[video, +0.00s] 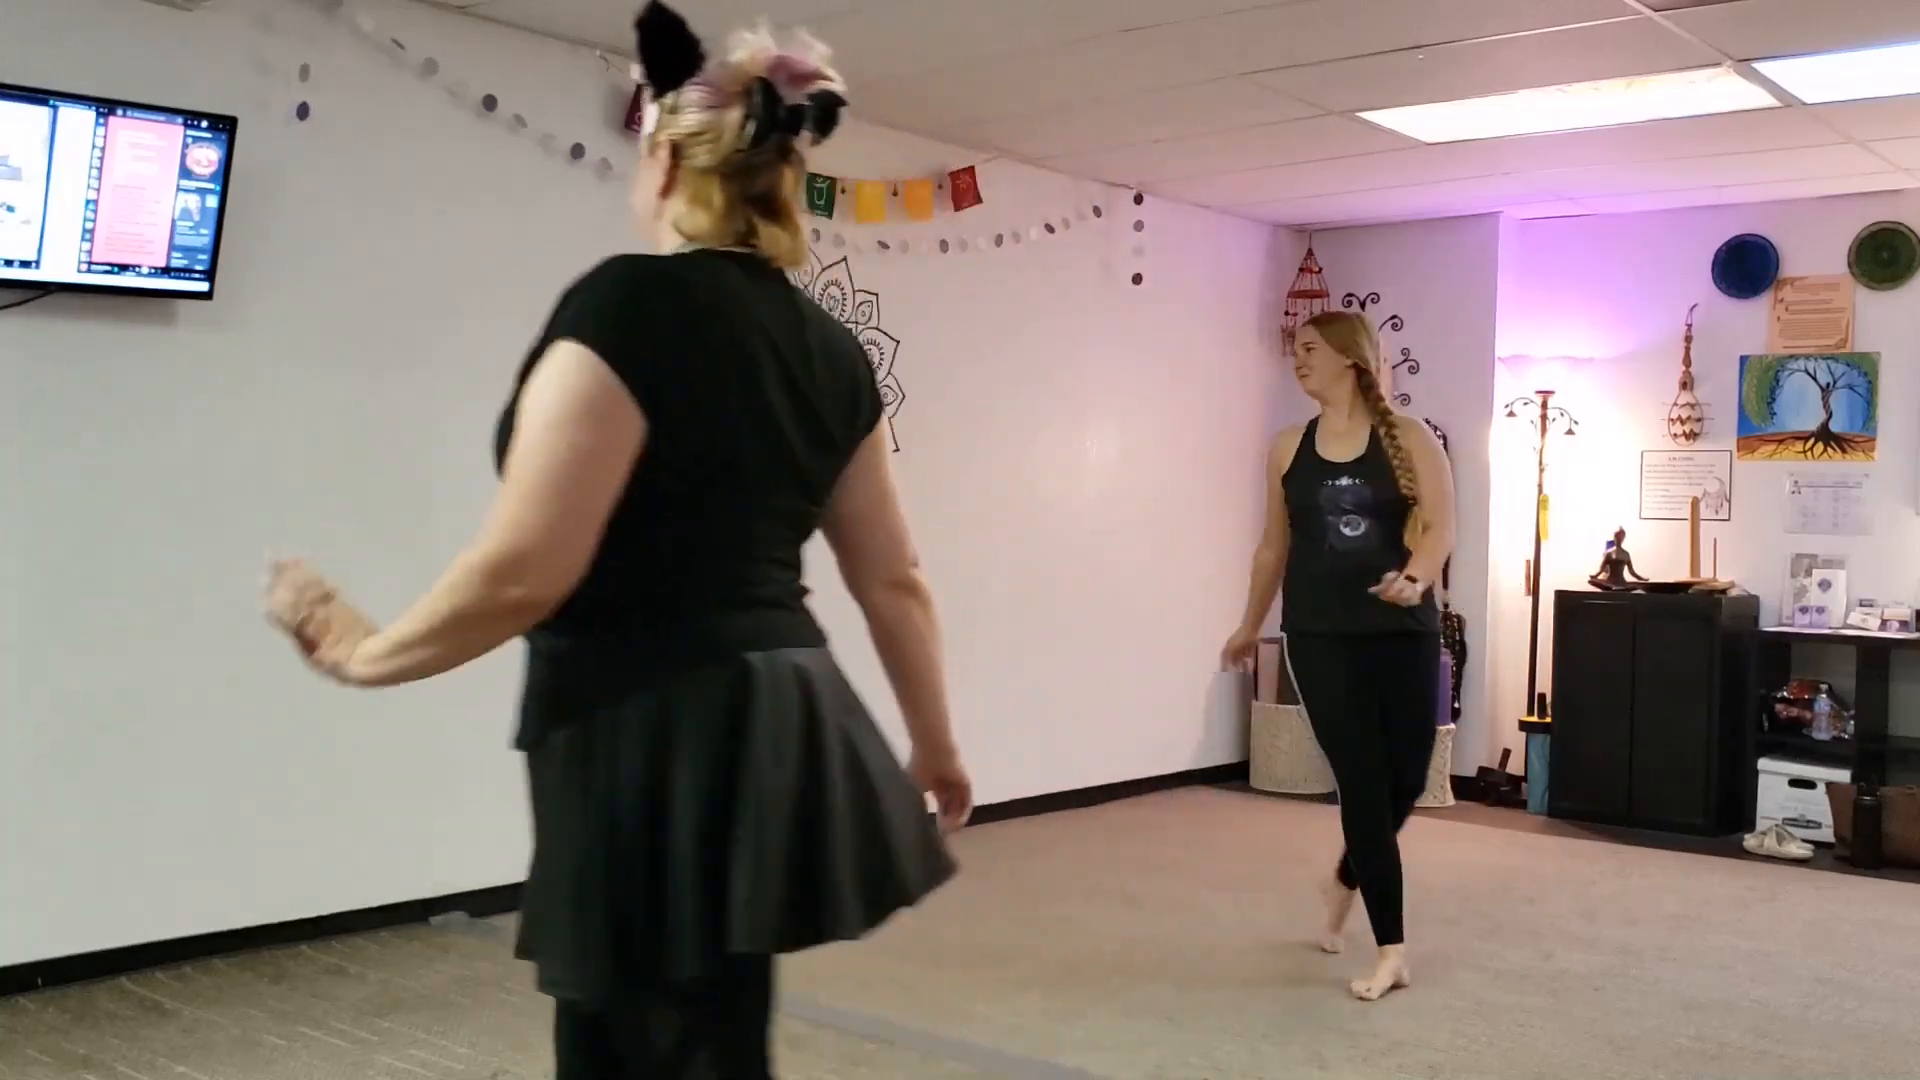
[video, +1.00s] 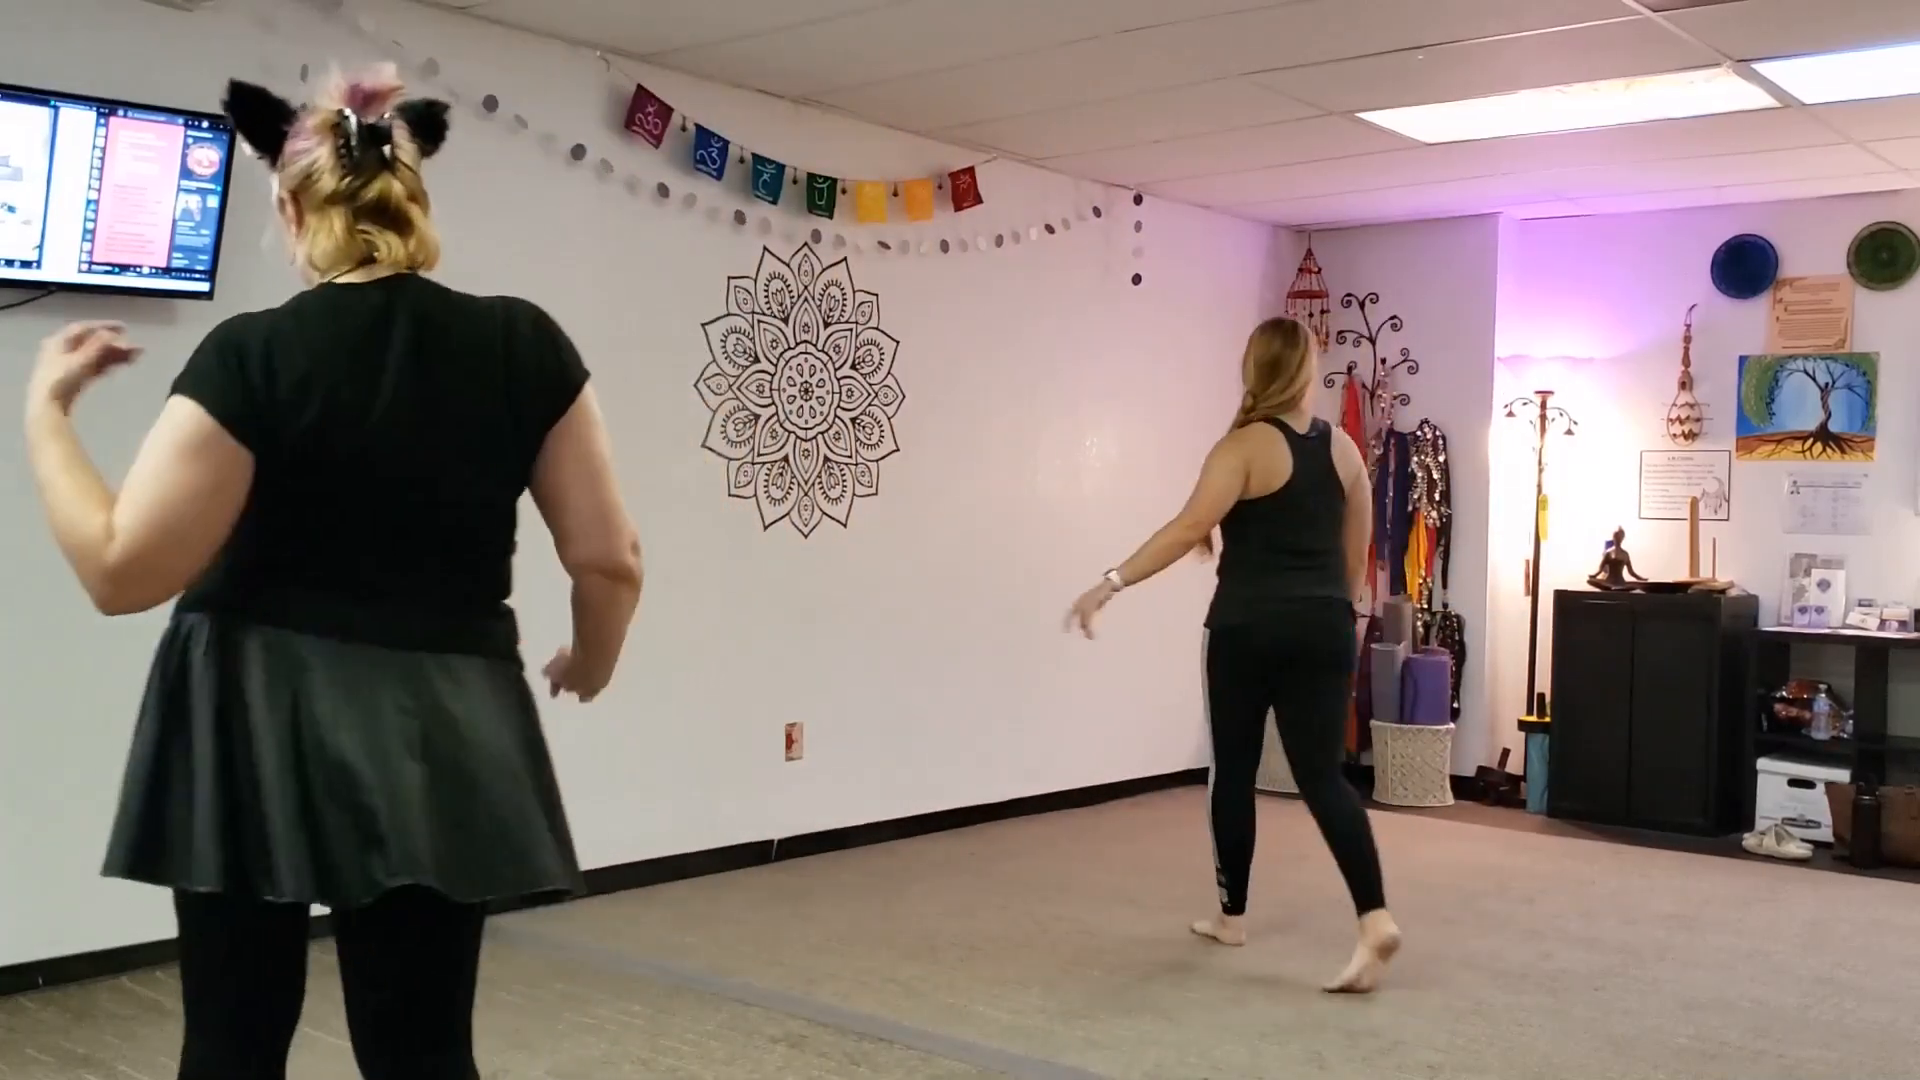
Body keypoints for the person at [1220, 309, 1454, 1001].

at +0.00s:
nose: (1298, 360)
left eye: (1310, 350)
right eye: (1297, 351)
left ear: (1353, 360)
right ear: (1307, 364)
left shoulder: (1407, 436)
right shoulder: (1290, 447)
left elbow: (1440, 525)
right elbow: (1274, 544)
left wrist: (1416, 577)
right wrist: (1249, 626)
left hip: (1402, 632)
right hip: (1320, 636)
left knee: (1405, 782)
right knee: (1362, 784)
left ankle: (1343, 879)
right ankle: (1391, 948)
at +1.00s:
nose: (1320, 373)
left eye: (1316, 361)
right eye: (1317, 364)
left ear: (1254, 372)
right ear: (1307, 374)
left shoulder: (1240, 448)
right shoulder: (1343, 450)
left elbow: (1192, 528)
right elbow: (1356, 547)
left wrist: (1112, 582)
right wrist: (1352, 606)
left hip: (1245, 631)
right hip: (1324, 629)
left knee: (1234, 774)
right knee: (1322, 774)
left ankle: (1231, 914)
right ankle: (1375, 916)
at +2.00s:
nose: (1253, 387)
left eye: (1241, 375)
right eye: (1254, 379)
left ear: (1199, 379)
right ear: (1249, 385)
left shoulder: (1168, 450)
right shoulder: (1264, 455)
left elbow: (1161, 537)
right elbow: (1277, 546)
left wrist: (1190, 582)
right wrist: (1305, 628)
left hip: (1177, 606)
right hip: (1248, 611)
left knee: (1184, 729)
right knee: (1223, 732)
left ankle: (1200, 844)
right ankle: (1203, 860)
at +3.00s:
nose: (1307, 402)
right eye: (1304, 395)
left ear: (1255, 401)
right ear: (1300, 401)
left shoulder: (1237, 468)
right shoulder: (1334, 455)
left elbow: (1207, 545)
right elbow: (1354, 540)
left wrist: (1167, 600)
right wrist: (1363, 608)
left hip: (1249, 601)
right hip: (1307, 603)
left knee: (1277, 713)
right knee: (1272, 716)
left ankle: (1291, 834)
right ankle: (1217, 824)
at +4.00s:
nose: (1444, 399)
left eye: (1444, 392)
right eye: (1433, 393)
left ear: (1436, 402)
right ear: (1404, 403)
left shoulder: (1445, 463)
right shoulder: (1392, 462)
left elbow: (1458, 550)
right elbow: (1356, 537)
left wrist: (1486, 608)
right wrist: (1335, 608)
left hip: (1422, 602)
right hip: (1405, 604)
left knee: (1370, 713)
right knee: (1435, 717)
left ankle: (1305, 817)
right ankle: (1451, 838)